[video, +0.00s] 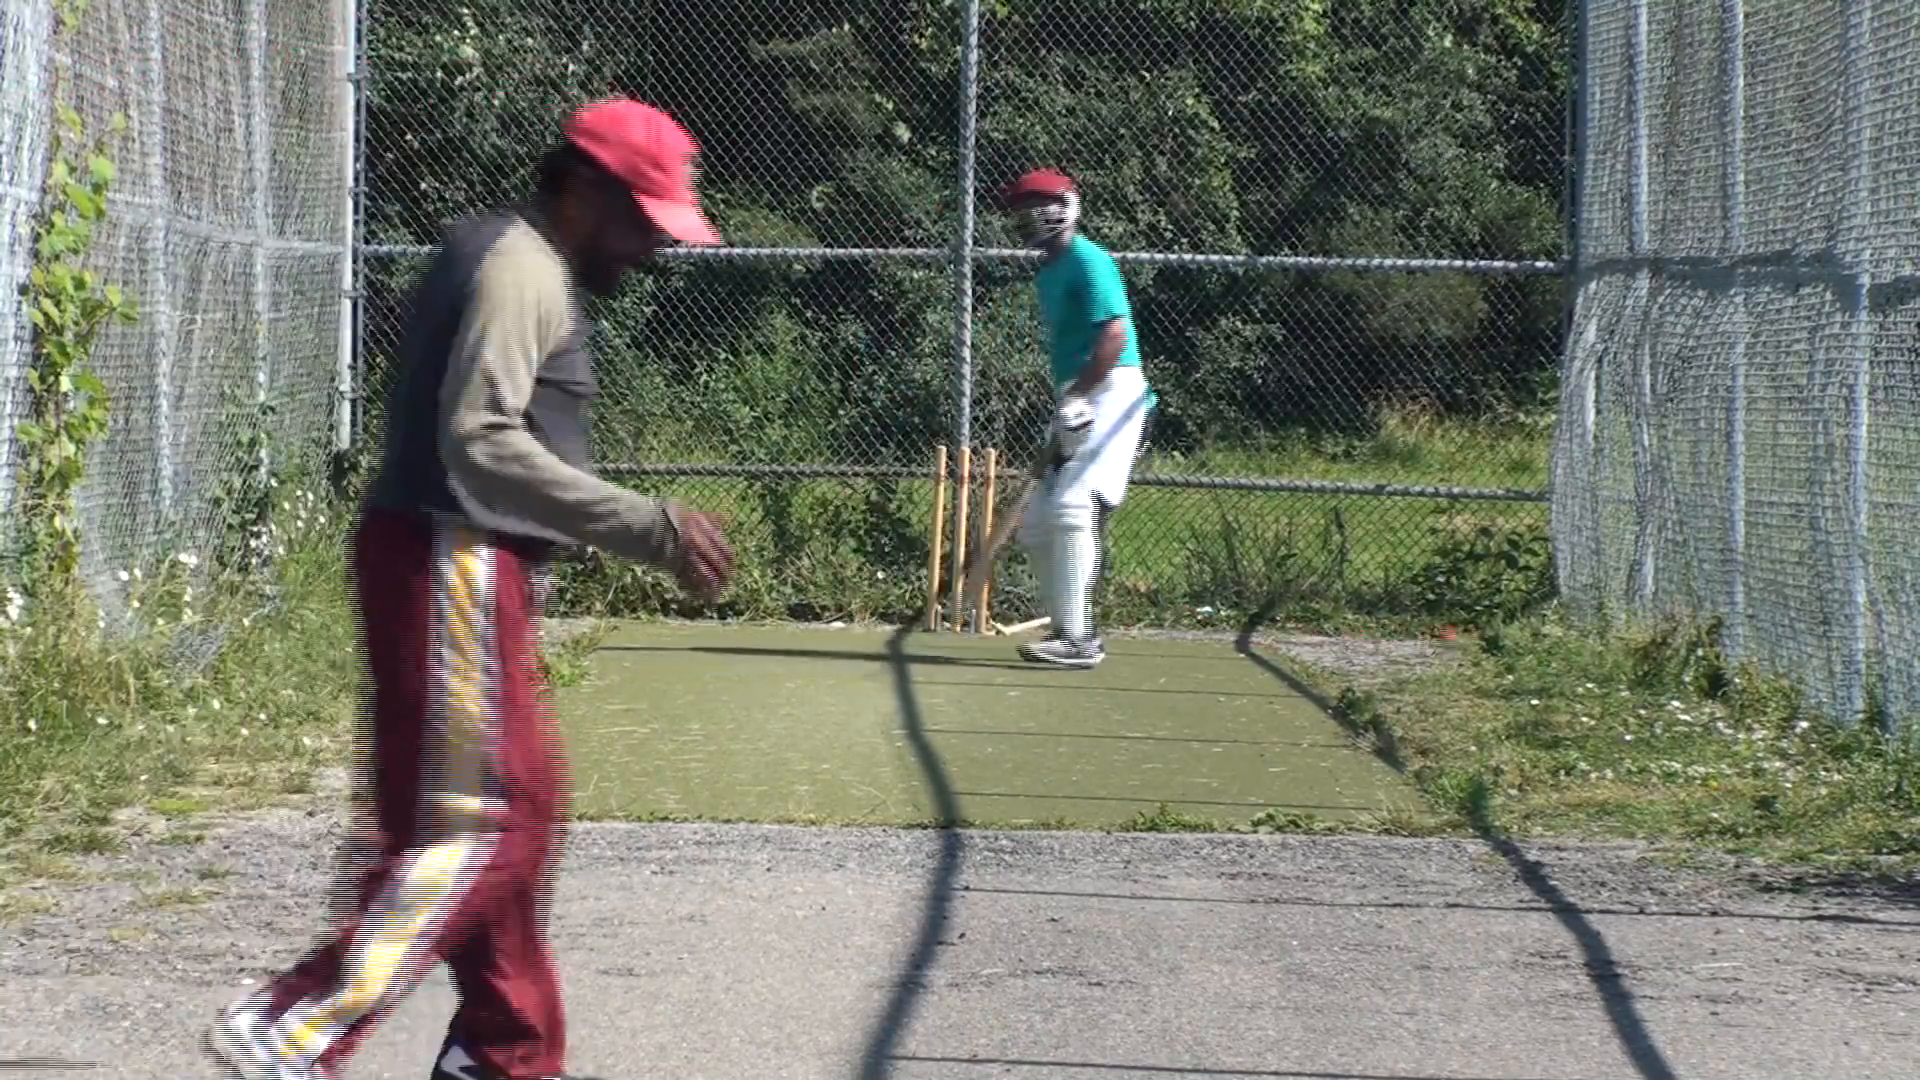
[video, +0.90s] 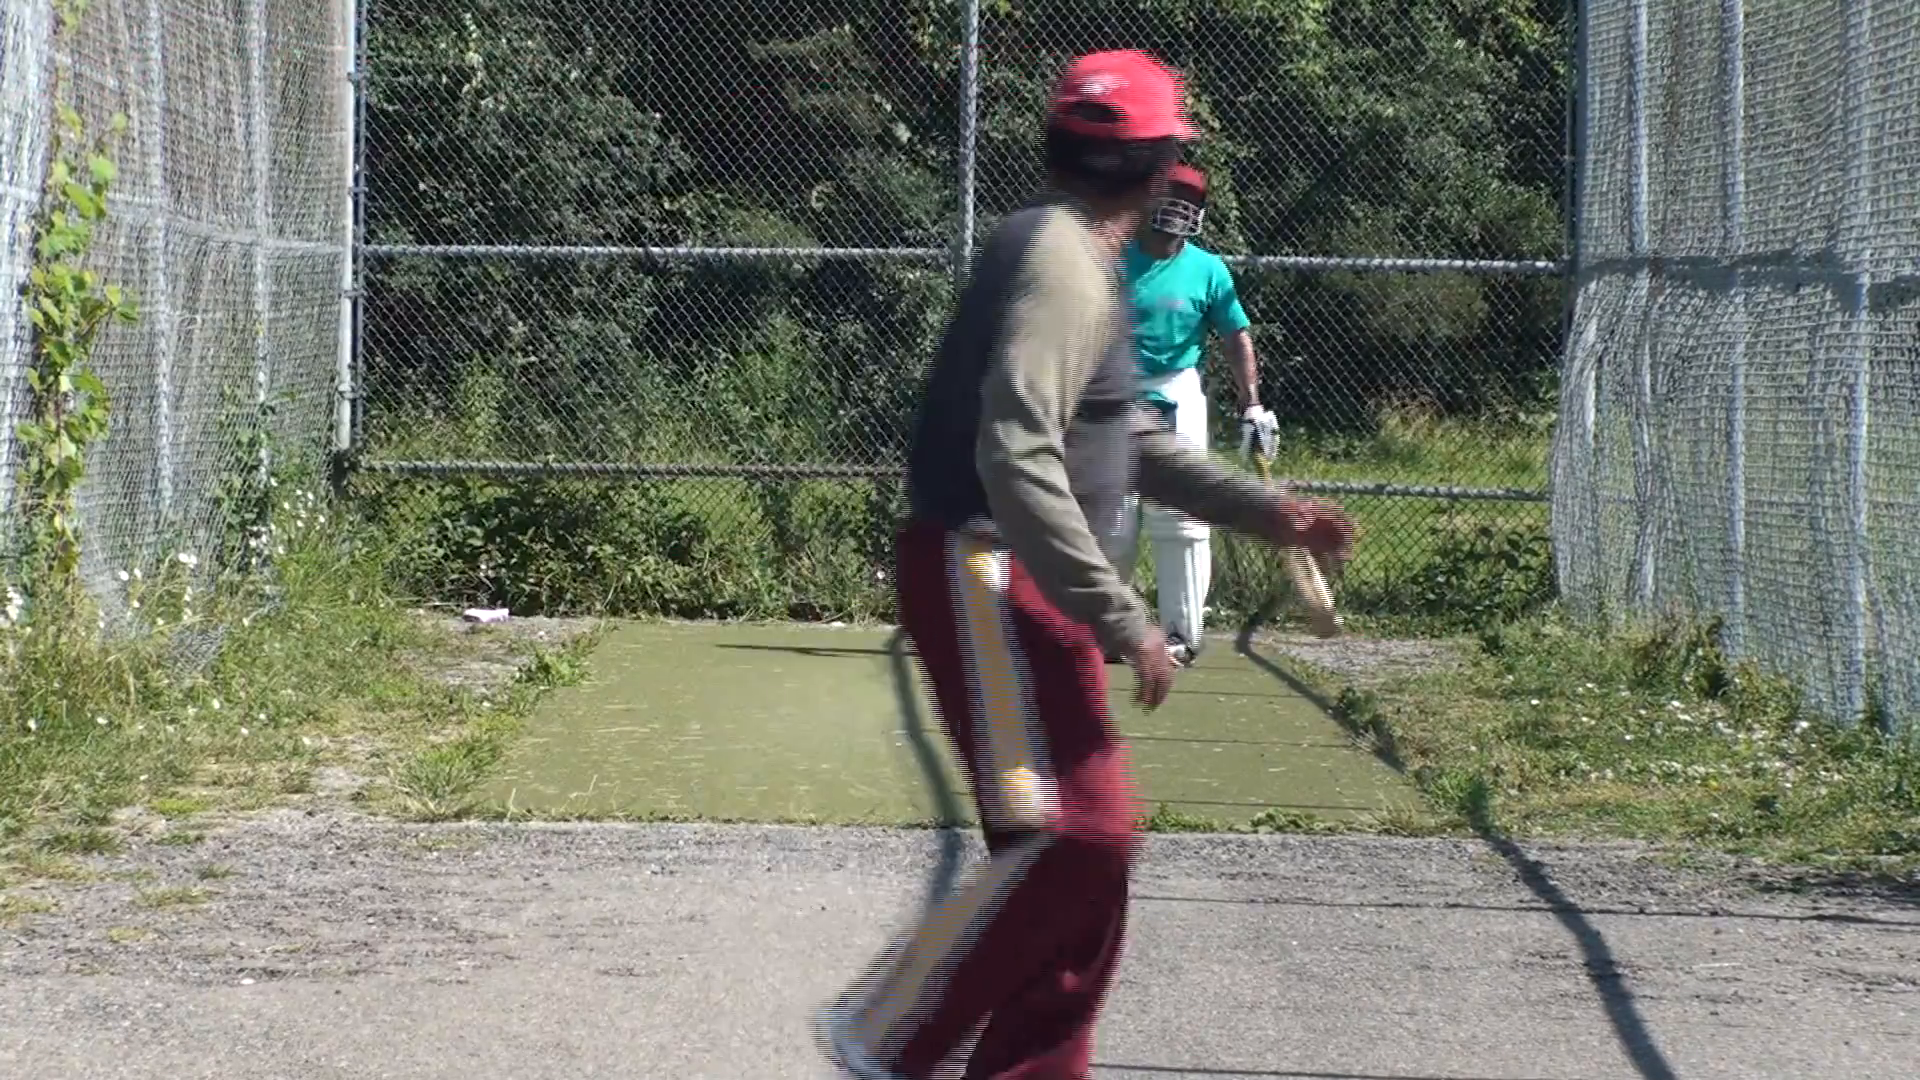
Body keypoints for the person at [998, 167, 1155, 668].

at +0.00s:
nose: (1046, 218)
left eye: (1054, 207)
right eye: (1033, 213)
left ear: (1073, 208)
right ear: (1021, 223)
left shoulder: (1088, 260)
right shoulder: (1048, 273)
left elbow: (1114, 337)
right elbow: (1070, 349)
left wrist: (1074, 399)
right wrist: (1060, 419)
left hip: (1115, 394)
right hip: (1082, 397)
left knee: (1070, 505)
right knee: (1039, 517)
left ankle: (1077, 635)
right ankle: (1066, 626)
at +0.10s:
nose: (1064, 217)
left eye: (1074, 207)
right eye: (1051, 211)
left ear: (1092, 208)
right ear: (1038, 219)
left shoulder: (1113, 259)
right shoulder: (1053, 272)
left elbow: (1137, 333)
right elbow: (1073, 341)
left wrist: (1099, 391)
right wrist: (1073, 410)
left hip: (1132, 392)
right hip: (1084, 394)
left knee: (1098, 504)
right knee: (1053, 519)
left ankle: (1122, 639)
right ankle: (1068, 636)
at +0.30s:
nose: (1110, 219)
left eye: (1119, 209)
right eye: (1098, 211)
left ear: (1133, 214)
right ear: (1081, 220)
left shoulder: (1156, 268)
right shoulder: (1080, 272)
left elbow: (1180, 351)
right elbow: (1075, 341)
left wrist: (1150, 414)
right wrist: (1050, 411)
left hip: (1164, 398)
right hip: (1109, 401)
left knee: (1153, 520)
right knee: (1059, 509)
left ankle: (1177, 640)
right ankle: (1076, 636)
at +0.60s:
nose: (1165, 211)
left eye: (1176, 203)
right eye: (1155, 202)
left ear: (1192, 210)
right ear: (1138, 206)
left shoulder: (1209, 268)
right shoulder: (1112, 263)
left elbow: (1222, 343)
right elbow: (1090, 338)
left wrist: (1215, 411)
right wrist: (1070, 400)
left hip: (1179, 393)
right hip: (1115, 393)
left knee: (1165, 514)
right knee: (1081, 506)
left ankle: (1174, 637)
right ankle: (1087, 632)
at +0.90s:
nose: (1173, 214)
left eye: (1184, 207)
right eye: (1166, 203)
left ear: (1197, 217)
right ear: (1145, 204)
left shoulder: (1209, 271)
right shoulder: (1111, 262)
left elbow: (1237, 338)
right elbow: (1082, 328)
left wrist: (1252, 403)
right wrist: (1076, 389)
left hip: (1175, 396)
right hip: (1108, 396)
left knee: (1179, 517)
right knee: (1109, 515)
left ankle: (1182, 630)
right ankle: (1102, 620)